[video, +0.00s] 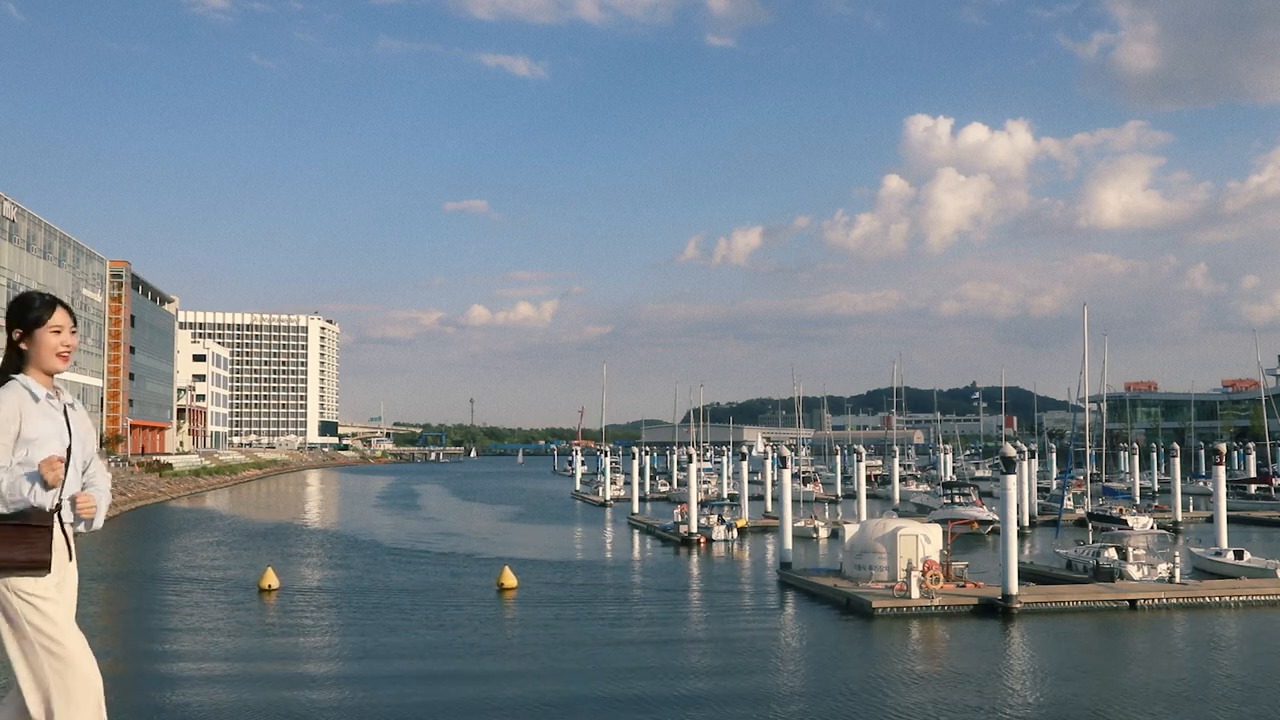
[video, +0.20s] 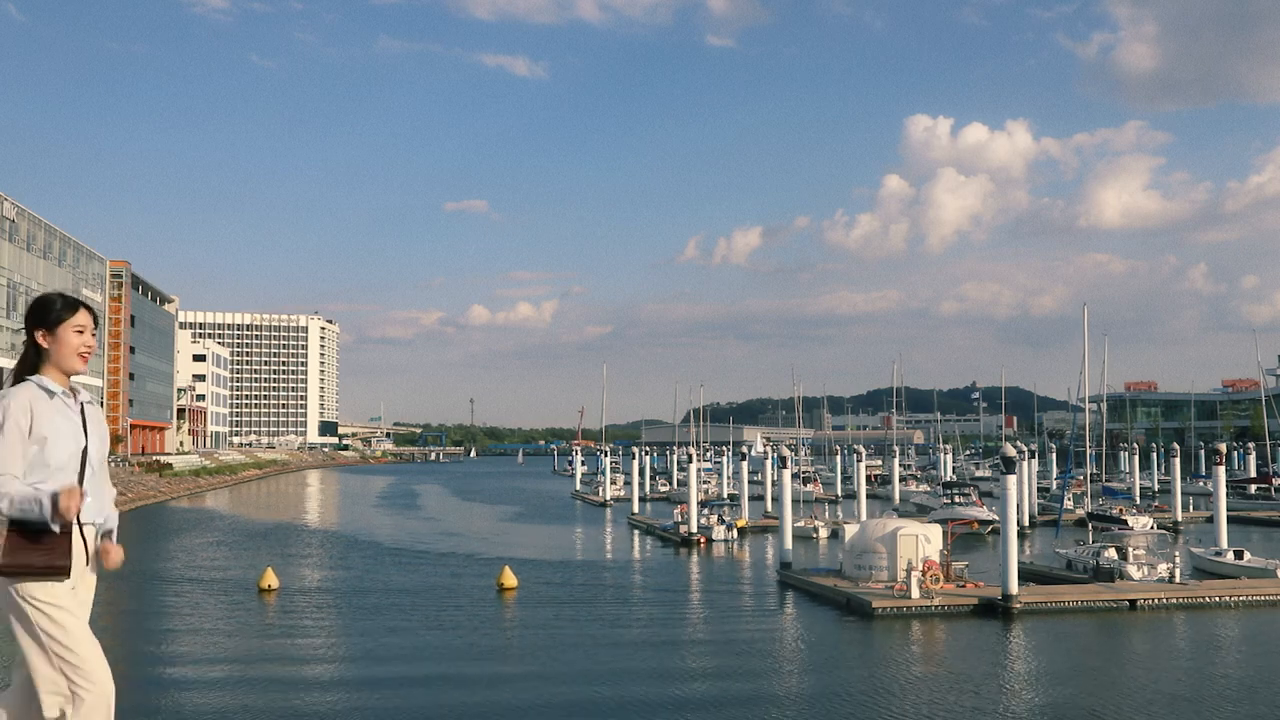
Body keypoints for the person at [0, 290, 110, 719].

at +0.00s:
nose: (69, 341)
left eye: (72, 332)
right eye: (56, 331)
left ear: (75, 339)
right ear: (23, 338)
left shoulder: (73, 408)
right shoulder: (10, 399)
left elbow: (96, 469)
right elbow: (2, 486)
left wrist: (96, 498)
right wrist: (35, 480)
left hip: (63, 547)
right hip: (18, 549)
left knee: (36, 677)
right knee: (76, 673)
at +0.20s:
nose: (90, 343)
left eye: (92, 334)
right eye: (79, 331)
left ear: (93, 342)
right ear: (44, 338)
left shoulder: (91, 409)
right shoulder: (18, 401)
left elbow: (100, 483)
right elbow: (3, 487)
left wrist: (109, 533)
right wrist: (49, 502)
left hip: (82, 556)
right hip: (31, 557)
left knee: (36, 689)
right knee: (93, 689)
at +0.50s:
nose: (130, 349)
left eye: (132, 341)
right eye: (122, 335)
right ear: (86, 333)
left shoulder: (121, 409)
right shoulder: (47, 398)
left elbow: (149, 481)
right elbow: (60, 479)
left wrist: (219, 509)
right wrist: (136, 493)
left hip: (126, 555)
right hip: (76, 556)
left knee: (168, 676)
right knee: (99, 696)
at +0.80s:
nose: (173, 344)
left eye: (174, 334)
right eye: (164, 331)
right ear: (129, 333)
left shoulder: (162, 411)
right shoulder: (101, 399)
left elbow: (175, 507)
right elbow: (99, 483)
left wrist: (238, 481)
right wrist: (171, 493)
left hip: (173, 553)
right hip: (127, 553)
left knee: (207, 683)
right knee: (125, 695)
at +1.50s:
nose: (263, 330)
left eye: (264, 320)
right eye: (252, 321)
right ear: (218, 329)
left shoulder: (245, 383)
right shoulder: (215, 381)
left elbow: (258, 459)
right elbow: (201, 467)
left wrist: (288, 472)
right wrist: (260, 441)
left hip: (245, 543)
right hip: (226, 548)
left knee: (241, 680)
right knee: (305, 666)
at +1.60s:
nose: (272, 336)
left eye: (274, 326)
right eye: (261, 327)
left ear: (274, 327)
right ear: (227, 334)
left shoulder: (260, 383)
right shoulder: (224, 383)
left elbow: (259, 461)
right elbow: (213, 471)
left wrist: (291, 469)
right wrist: (258, 437)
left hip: (260, 548)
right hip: (240, 552)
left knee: (247, 687)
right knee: (310, 681)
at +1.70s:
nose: (283, 350)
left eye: (283, 339)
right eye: (270, 343)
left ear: (286, 339)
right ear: (238, 354)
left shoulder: (273, 403)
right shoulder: (234, 405)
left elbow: (266, 482)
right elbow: (217, 491)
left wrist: (298, 501)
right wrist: (283, 481)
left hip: (274, 552)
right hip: (250, 557)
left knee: (266, 691)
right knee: (326, 683)